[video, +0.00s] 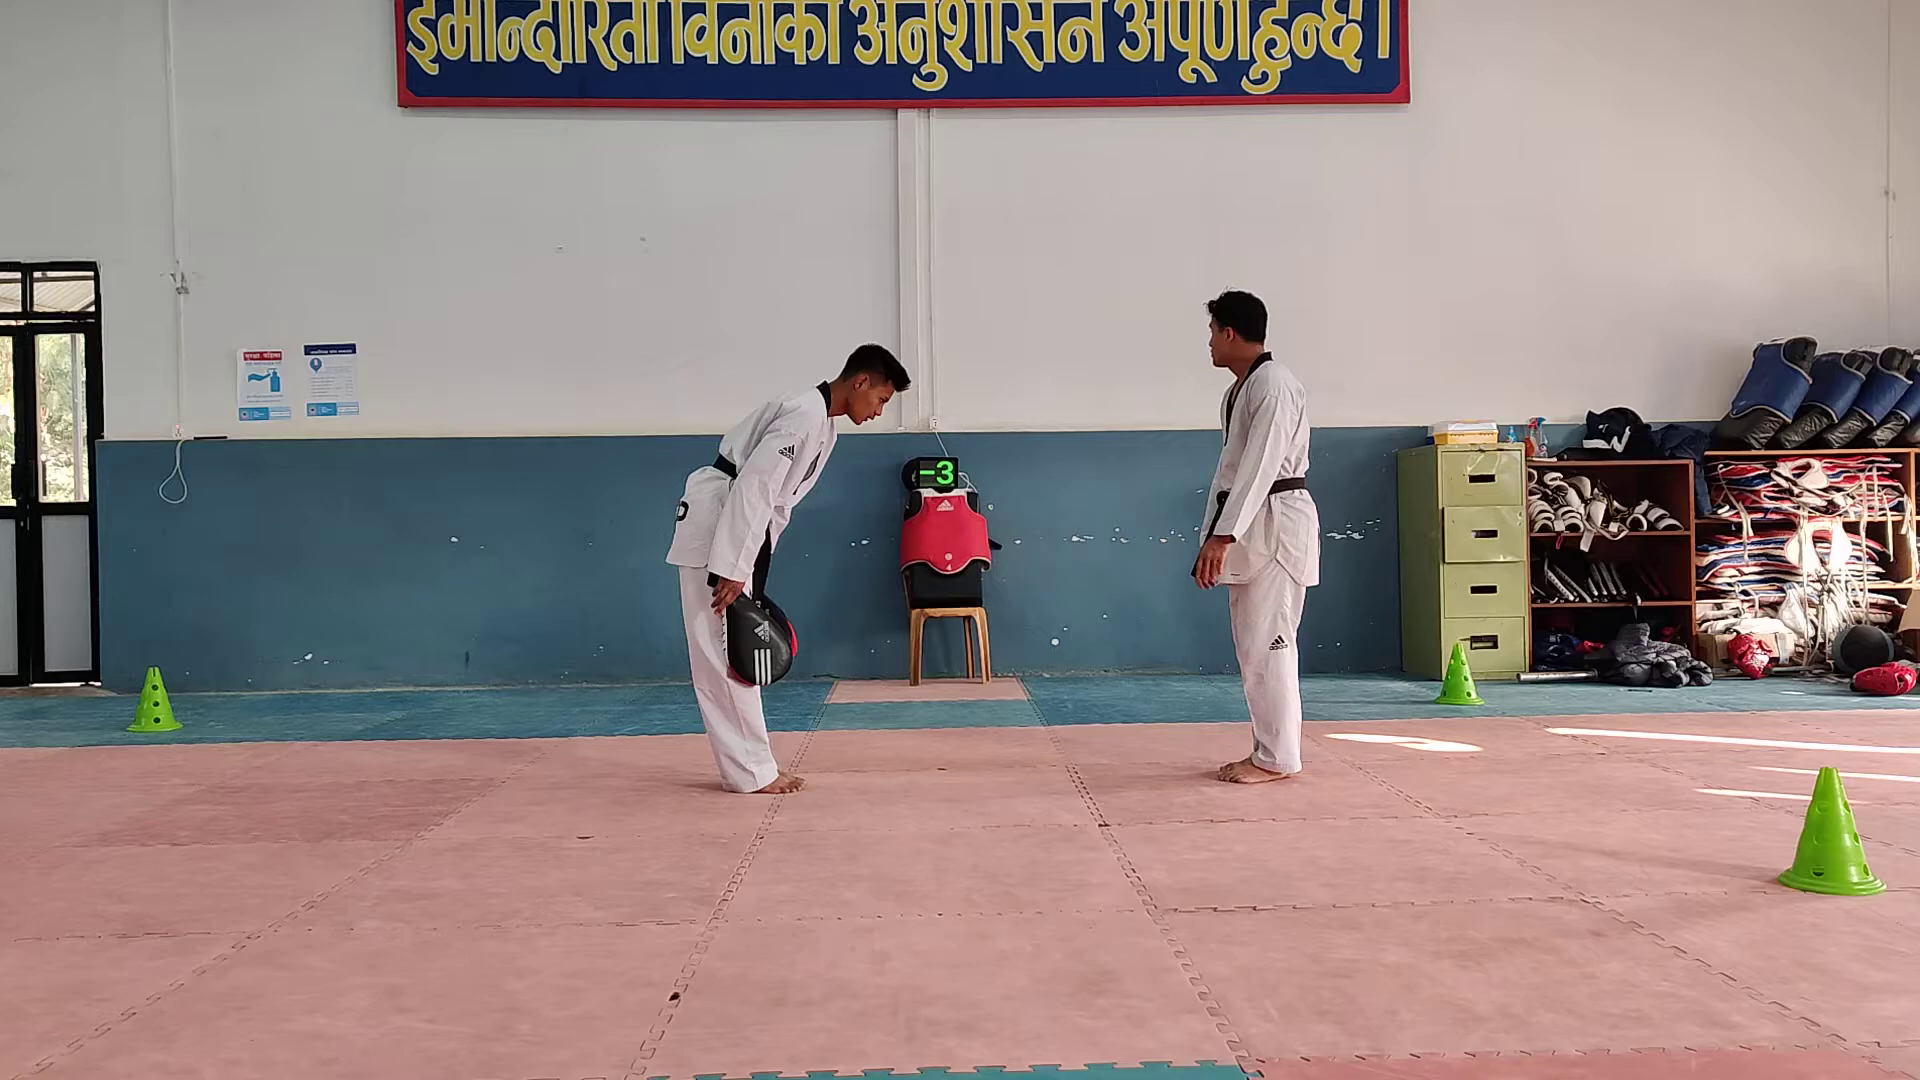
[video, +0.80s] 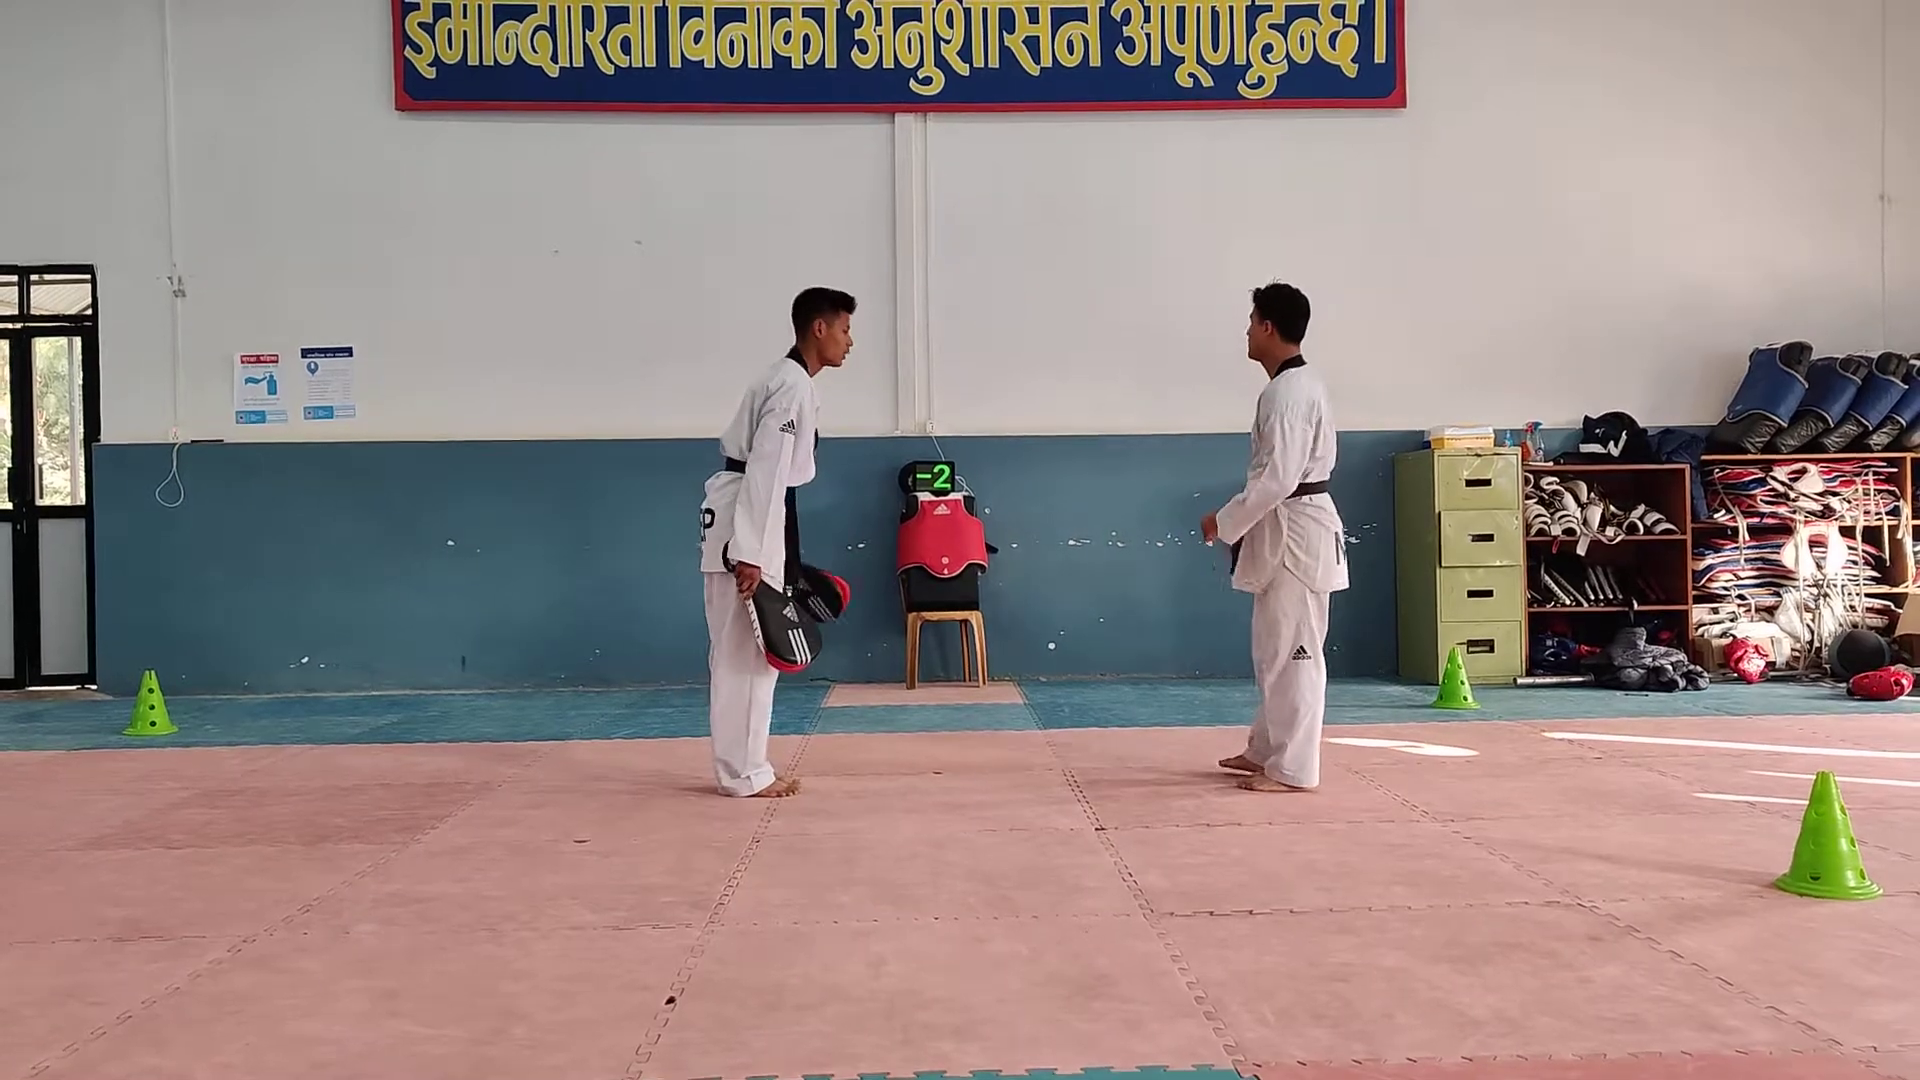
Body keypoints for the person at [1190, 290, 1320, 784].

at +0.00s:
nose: (1209, 341)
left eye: (1212, 332)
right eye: (1210, 331)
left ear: (1230, 334)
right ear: (1241, 334)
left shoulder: (1274, 386)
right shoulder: (1242, 392)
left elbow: (1259, 471)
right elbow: (1226, 473)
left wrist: (1222, 535)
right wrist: (1208, 536)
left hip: (1277, 523)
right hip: (1256, 525)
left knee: (1269, 640)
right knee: (1257, 640)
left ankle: (1277, 756)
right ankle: (1271, 751)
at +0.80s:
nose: (1248, 330)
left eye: (1254, 321)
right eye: (1251, 320)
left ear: (1272, 330)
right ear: (1291, 332)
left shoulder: (1286, 393)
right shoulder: (1302, 385)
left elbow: (1276, 481)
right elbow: (1292, 474)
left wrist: (1223, 520)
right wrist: (1241, 520)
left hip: (1295, 530)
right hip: (1303, 525)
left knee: (1292, 649)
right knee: (1282, 646)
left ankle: (1293, 767)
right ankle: (1268, 751)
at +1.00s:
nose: (1260, 333)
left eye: (1266, 324)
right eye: (1263, 323)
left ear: (1284, 330)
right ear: (1307, 333)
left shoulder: (1287, 397)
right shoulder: (1331, 388)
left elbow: (1271, 484)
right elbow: (1326, 466)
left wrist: (1227, 521)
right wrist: (1254, 496)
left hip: (1308, 529)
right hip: (1342, 523)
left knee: (1302, 650)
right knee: (1325, 648)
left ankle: (1296, 769)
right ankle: (1327, 753)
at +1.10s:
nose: (1270, 333)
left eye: (1276, 324)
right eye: (1273, 323)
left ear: (1295, 330)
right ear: (1316, 333)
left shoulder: (1296, 396)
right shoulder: (1341, 387)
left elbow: (1277, 483)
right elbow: (1330, 465)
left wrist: (1236, 515)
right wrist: (1266, 477)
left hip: (1315, 528)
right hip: (1351, 522)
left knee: (1307, 651)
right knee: (1341, 648)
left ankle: (1295, 770)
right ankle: (1370, 754)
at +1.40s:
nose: (1317, 336)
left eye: (1322, 327)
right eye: (1320, 327)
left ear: (1339, 333)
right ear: (1364, 337)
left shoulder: (1338, 394)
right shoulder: (1385, 390)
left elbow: (1333, 475)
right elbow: (1381, 466)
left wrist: (1290, 514)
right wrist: (1314, 470)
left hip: (1350, 527)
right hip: (1392, 524)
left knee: (1319, 647)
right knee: (1407, 643)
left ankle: (1292, 764)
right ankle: (1444, 751)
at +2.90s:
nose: (1274, 343)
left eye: (1283, 334)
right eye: (1276, 334)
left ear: (1313, 343)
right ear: (1310, 345)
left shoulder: (1320, 393)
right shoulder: (1312, 396)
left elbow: (1348, 463)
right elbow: (1320, 472)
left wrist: (1277, 494)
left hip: (1328, 527)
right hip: (1350, 527)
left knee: (1269, 631)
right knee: (1387, 641)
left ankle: (1258, 752)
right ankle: (1435, 741)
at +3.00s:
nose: (1258, 362)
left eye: (1267, 354)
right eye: (1261, 353)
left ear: (1297, 363)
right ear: (1291, 364)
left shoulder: (1313, 411)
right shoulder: (1272, 426)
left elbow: (1351, 451)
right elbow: (1242, 476)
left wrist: (1287, 419)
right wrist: (1188, 456)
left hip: (1308, 545)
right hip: (1325, 545)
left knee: (1236, 642)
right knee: (1382, 654)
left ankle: (1244, 759)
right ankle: (1439, 752)